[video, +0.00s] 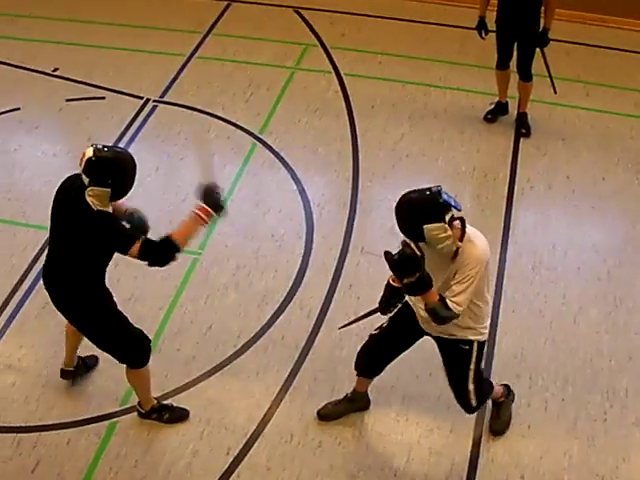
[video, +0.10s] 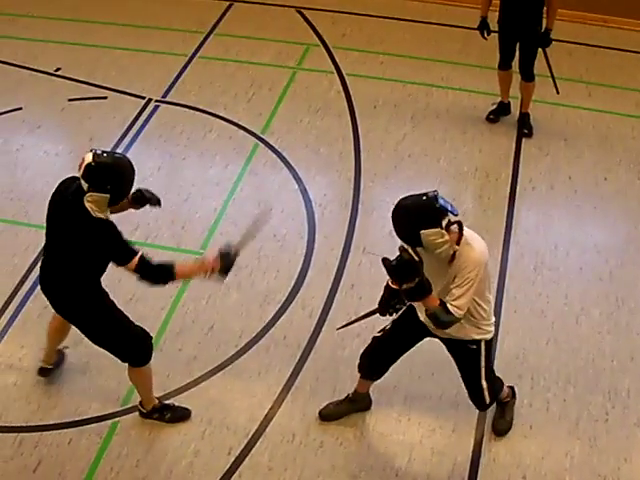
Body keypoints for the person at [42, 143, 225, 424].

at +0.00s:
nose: (124, 189)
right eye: (123, 184)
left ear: (92, 174)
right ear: (111, 190)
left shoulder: (70, 186)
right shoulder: (103, 225)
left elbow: (96, 203)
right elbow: (159, 254)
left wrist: (124, 213)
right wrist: (201, 214)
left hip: (54, 277)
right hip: (83, 296)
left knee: (79, 315)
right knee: (137, 347)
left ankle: (69, 365)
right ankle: (147, 405)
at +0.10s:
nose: (127, 195)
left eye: (128, 190)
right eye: (125, 191)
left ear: (89, 180)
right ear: (109, 197)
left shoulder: (66, 189)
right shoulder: (101, 231)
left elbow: (99, 206)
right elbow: (151, 272)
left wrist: (131, 202)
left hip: (50, 275)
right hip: (78, 295)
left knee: (67, 310)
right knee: (138, 345)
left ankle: (48, 360)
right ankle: (149, 405)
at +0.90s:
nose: (87, 198)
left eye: (86, 193)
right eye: (84, 194)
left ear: (57, 182)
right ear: (73, 197)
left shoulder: (44, 194)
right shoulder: (50, 228)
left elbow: (82, 222)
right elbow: (77, 264)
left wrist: (87, 252)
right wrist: (119, 219)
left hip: (36, 284)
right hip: (60, 299)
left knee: (49, 317)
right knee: (131, 339)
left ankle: (29, 372)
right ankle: (143, 401)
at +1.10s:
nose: (96, 195)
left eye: (96, 190)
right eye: (95, 191)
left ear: (67, 178)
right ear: (83, 192)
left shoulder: (52, 190)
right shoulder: (64, 223)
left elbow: (90, 218)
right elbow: (87, 266)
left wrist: (98, 243)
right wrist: (124, 225)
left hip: (43, 280)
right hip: (67, 295)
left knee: (56, 311)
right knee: (139, 336)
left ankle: (36, 366)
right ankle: (150, 397)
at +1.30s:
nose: (89, 191)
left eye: (89, 186)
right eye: (86, 187)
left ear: (60, 182)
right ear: (71, 189)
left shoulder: (59, 196)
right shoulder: (40, 226)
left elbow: (83, 203)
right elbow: (9, 279)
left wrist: (100, 208)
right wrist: (44, 276)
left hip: (68, 292)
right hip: (83, 302)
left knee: (53, 325)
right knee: (156, 333)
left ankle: (20, 368)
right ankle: (161, 396)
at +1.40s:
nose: (92, 198)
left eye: (93, 193)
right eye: (89, 194)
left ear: (67, 183)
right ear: (74, 194)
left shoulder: (56, 195)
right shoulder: (48, 231)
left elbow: (83, 198)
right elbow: (20, 286)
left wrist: (106, 202)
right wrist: (50, 280)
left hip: (69, 293)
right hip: (87, 304)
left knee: (62, 321)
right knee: (160, 333)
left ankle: (28, 367)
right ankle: (167, 396)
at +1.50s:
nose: (106, 197)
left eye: (106, 193)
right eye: (103, 193)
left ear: (79, 182)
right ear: (88, 193)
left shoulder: (64, 194)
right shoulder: (66, 230)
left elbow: (96, 201)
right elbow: (61, 289)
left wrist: (123, 201)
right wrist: (101, 271)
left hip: (80, 290)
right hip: (93, 300)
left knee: (64, 324)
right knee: (167, 333)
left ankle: (32, 367)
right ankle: (173, 398)